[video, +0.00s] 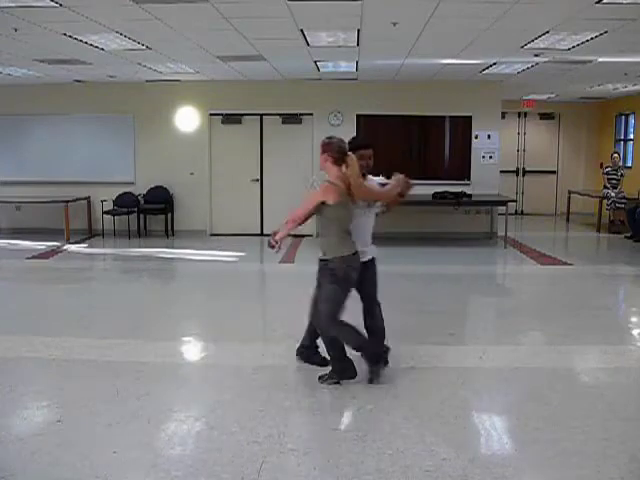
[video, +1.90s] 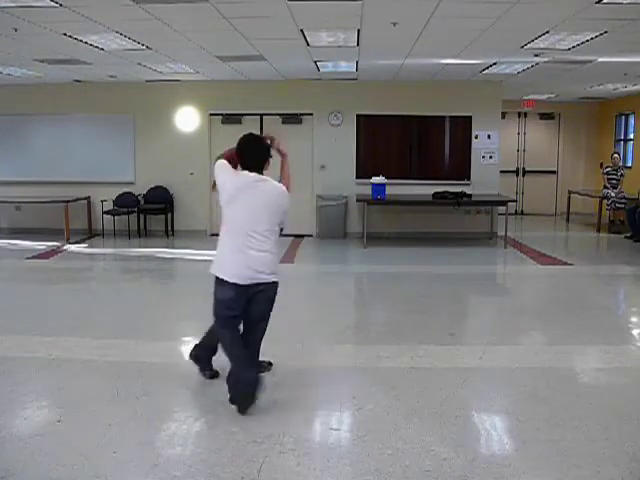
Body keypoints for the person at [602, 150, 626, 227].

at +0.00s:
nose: (615, 160)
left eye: (616, 158)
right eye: (613, 158)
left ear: (619, 159)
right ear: (611, 160)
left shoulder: (621, 170)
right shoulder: (606, 169)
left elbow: (621, 183)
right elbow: (605, 182)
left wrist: (617, 190)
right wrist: (611, 189)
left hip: (617, 188)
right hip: (608, 188)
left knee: (622, 196)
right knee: (611, 196)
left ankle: (621, 216)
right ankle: (611, 216)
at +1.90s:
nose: (615, 160)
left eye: (617, 158)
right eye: (613, 158)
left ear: (619, 160)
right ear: (611, 160)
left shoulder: (621, 170)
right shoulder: (606, 169)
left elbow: (621, 183)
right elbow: (605, 182)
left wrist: (617, 190)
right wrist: (611, 190)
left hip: (617, 188)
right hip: (608, 188)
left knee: (622, 196)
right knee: (611, 196)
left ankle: (621, 217)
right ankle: (611, 216)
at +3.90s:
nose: (615, 160)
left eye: (617, 158)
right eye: (614, 158)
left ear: (619, 160)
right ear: (611, 160)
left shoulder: (621, 171)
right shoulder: (606, 169)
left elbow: (621, 183)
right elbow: (605, 182)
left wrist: (617, 190)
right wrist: (611, 189)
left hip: (617, 188)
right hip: (608, 188)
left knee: (622, 196)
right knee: (611, 196)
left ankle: (621, 217)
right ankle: (612, 217)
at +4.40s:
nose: (615, 160)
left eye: (617, 158)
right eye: (614, 158)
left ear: (619, 160)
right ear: (611, 160)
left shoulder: (621, 170)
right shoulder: (606, 169)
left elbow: (621, 183)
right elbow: (605, 182)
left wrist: (617, 191)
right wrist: (611, 190)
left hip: (617, 188)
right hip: (608, 188)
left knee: (621, 196)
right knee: (611, 196)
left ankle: (621, 218)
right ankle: (612, 218)